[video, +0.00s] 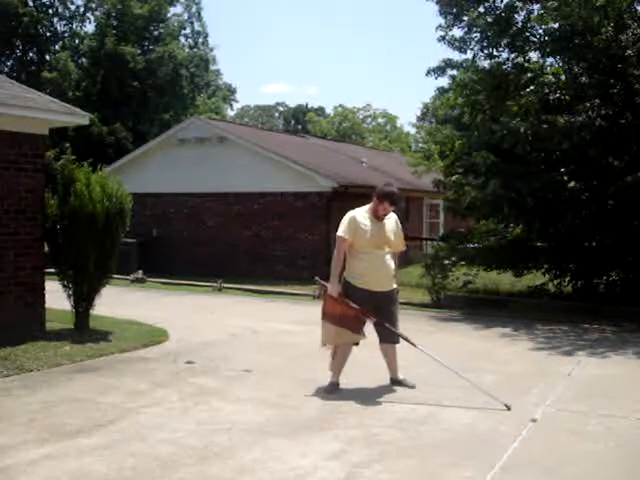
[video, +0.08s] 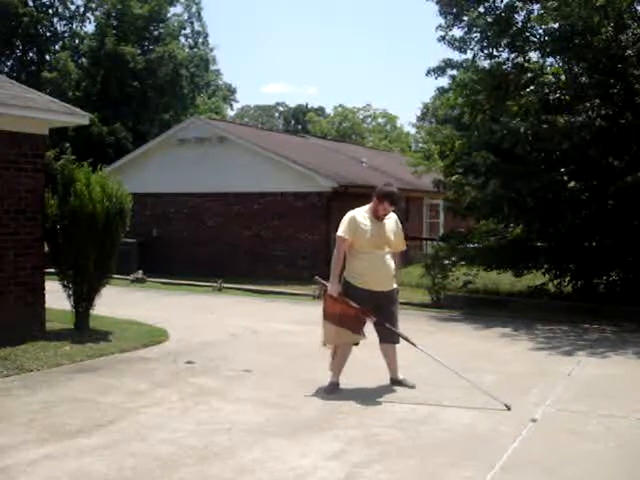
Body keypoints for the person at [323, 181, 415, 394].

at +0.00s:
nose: (386, 211)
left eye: (390, 208)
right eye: (384, 206)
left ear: (393, 207)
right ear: (375, 200)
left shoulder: (392, 221)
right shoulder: (354, 218)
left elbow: (395, 252)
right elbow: (340, 250)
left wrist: (390, 276)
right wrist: (334, 281)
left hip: (386, 290)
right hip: (356, 288)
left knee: (389, 337)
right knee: (346, 335)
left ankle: (395, 376)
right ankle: (334, 380)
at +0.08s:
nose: (386, 211)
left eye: (390, 208)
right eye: (384, 206)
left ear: (393, 207)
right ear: (375, 200)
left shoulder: (393, 221)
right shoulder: (354, 218)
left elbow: (396, 253)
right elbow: (340, 250)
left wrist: (392, 277)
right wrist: (334, 280)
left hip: (386, 290)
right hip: (356, 287)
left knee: (389, 337)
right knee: (346, 335)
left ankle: (395, 376)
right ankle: (334, 380)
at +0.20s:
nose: (386, 212)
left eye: (390, 208)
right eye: (384, 206)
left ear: (393, 206)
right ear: (375, 201)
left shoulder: (393, 220)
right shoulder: (354, 218)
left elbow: (396, 252)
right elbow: (339, 250)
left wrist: (398, 275)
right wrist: (334, 281)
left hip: (386, 289)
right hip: (356, 287)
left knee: (389, 336)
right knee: (346, 334)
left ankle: (395, 376)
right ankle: (334, 380)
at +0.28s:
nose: (386, 211)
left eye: (390, 208)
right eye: (384, 206)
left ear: (393, 206)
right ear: (375, 201)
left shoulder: (393, 220)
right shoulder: (354, 218)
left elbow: (397, 252)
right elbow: (340, 250)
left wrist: (398, 275)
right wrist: (334, 281)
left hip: (386, 289)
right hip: (355, 287)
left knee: (389, 336)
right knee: (347, 334)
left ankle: (395, 376)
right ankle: (334, 379)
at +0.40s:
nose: (387, 211)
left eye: (390, 208)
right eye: (384, 206)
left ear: (393, 206)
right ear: (375, 201)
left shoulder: (393, 220)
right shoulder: (354, 218)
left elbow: (397, 250)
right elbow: (340, 249)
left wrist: (399, 270)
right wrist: (334, 280)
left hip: (386, 289)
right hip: (355, 287)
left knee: (389, 336)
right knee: (346, 334)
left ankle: (395, 376)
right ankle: (334, 379)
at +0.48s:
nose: (386, 211)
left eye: (390, 208)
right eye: (384, 206)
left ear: (393, 206)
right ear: (374, 201)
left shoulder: (392, 220)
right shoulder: (353, 218)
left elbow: (397, 250)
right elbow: (340, 249)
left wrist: (399, 269)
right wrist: (335, 280)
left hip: (385, 289)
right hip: (355, 287)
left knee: (389, 336)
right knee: (346, 334)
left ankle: (395, 376)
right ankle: (334, 379)